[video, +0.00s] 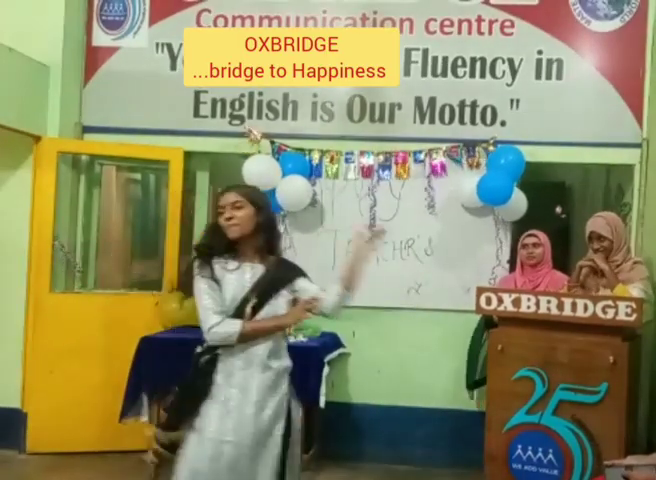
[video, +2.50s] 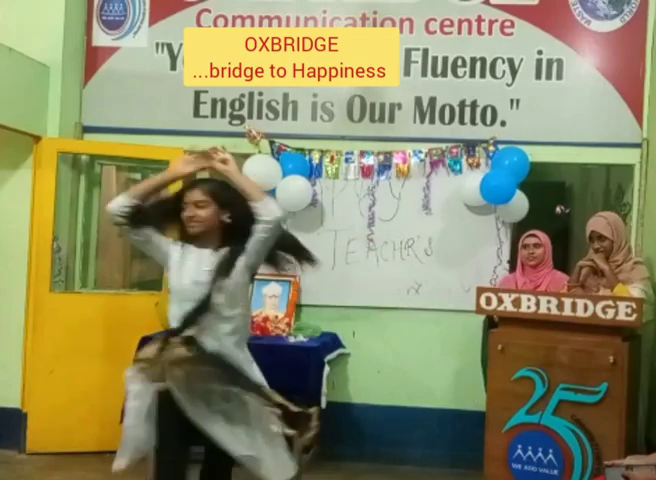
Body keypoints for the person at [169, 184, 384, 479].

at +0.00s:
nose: (228, 215)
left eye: (237, 207)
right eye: (221, 211)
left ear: (259, 213)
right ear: (217, 221)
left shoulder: (283, 270)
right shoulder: (208, 266)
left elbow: (330, 306)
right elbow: (214, 331)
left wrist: (357, 256)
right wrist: (284, 321)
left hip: (268, 384)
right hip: (224, 383)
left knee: (263, 466)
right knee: (207, 463)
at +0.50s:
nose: (262, 218)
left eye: (273, 212)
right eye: (257, 210)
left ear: (292, 222)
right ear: (248, 216)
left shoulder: (300, 273)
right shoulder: (244, 272)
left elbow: (255, 324)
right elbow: (206, 327)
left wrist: (223, 278)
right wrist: (186, 275)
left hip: (272, 390)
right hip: (233, 385)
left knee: (271, 467)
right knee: (220, 466)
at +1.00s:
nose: (197, 214)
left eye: (210, 213)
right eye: (197, 205)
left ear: (230, 226)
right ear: (192, 206)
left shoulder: (221, 266)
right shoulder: (202, 262)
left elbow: (171, 317)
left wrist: (131, 283)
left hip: (220, 385)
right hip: (197, 381)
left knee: (227, 469)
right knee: (180, 465)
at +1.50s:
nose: (255, 227)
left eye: (264, 218)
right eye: (247, 219)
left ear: (280, 223)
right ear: (236, 224)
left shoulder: (291, 279)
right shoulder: (221, 270)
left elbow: (341, 309)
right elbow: (230, 329)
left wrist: (378, 271)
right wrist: (299, 327)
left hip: (278, 386)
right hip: (233, 385)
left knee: (273, 462)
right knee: (218, 462)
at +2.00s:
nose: (231, 228)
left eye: (239, 220)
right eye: (232, 220)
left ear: (264, 227)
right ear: (265, 229)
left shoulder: (252, 281)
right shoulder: (279, 277)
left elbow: (185, 285)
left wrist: (181, 233)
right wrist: (183, 231)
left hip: (238, 384)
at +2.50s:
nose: (190, 214)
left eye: (201, 205)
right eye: (186, 206)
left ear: (225, 214)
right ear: (180, 212)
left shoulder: (240, 260)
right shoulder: (174, 253)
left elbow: (271, 217)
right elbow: (118, 212)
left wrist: (234, 174)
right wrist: (172, 174)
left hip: (228, 385)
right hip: (175, 382)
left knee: (217, 472)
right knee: (168, 469)